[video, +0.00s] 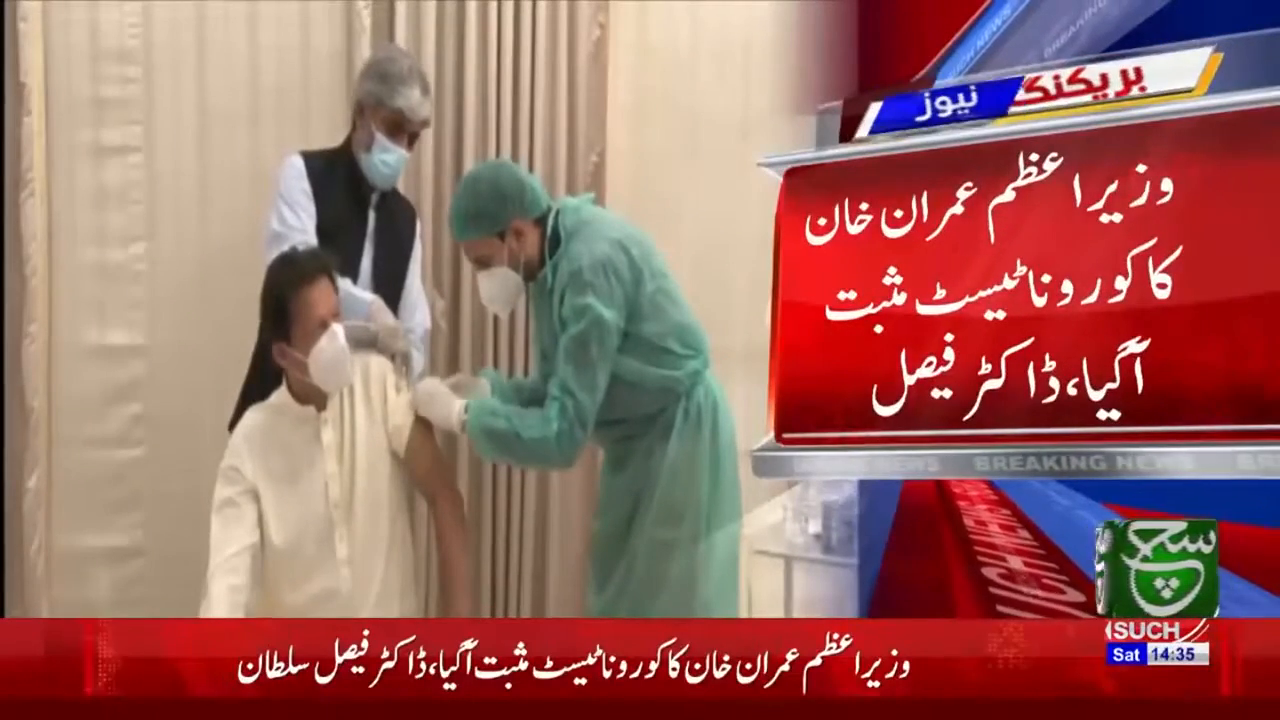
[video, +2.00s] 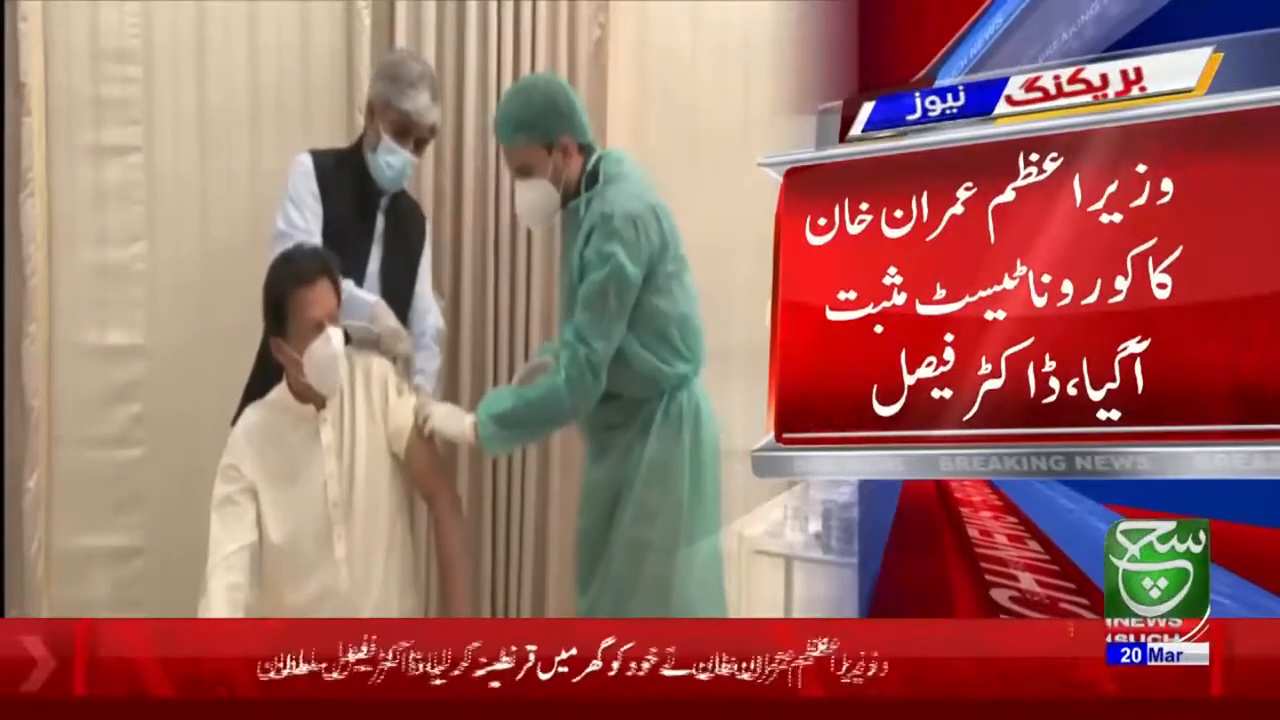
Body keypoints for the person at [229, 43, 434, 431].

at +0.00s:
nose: (402, 149)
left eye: (413, 138)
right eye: (393, 131)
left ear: (422, 135)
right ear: (362, 115)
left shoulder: (404, 216)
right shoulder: (304, 172)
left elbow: (414, 316)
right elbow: (293, 268)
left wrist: (404, 390)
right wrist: (370, 309)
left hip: (370, 388)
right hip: (296, 377)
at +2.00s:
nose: (406, 153)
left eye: (420, 143)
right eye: (398, 134)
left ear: (430, 143)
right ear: (370, 116)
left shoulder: (412, 217)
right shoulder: (314, 172)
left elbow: (424, 318)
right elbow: (294, 268)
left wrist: (419, 398)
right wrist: (371, 311)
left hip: (372, 391)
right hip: (298, 376)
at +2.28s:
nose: (407, 155)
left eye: (421, 145)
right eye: (399, 136)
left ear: (430, 145)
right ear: (371, 118)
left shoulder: (412, 218)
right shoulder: (314, 172)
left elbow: (425, 321)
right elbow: (296, 269)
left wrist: (419, 403)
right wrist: (371, 312)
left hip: (372, 391)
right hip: (297, 377)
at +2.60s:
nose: (350, 72)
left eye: (362, 55)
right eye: (333, 53)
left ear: (375, 53)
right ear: (295, 45)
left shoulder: (377, 164)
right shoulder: (241, 121)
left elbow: (395, 297)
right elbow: (231, 243)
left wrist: (373, 382)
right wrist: (332, 293)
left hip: (335, 391)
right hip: (236, 378)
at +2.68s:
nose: (350, 75)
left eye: (363, 57)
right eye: (333, 55)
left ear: (375, 55)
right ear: (296, 47)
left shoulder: (377, 167)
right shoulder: (241, 122)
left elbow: (395, 300)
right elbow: (231, 244)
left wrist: (375, 378)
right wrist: (332, 295)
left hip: (335, 393)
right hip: (236, 381)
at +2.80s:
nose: (350, 78)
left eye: (363, 60)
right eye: (334, 58)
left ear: (376, 58)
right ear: (298, 50)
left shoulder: (378, 166)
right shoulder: (242, 126)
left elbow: (391, 292)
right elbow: (232, 252)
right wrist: (334, 303)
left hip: (340, 391)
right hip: (242, 378)